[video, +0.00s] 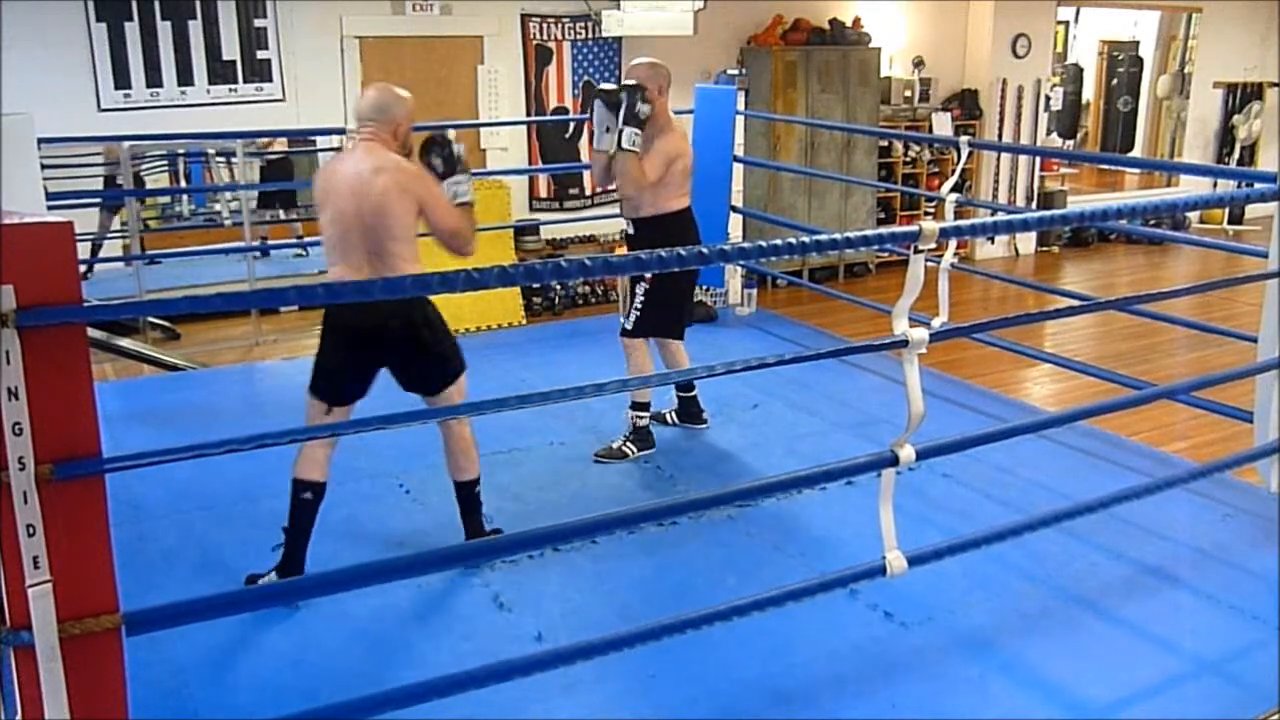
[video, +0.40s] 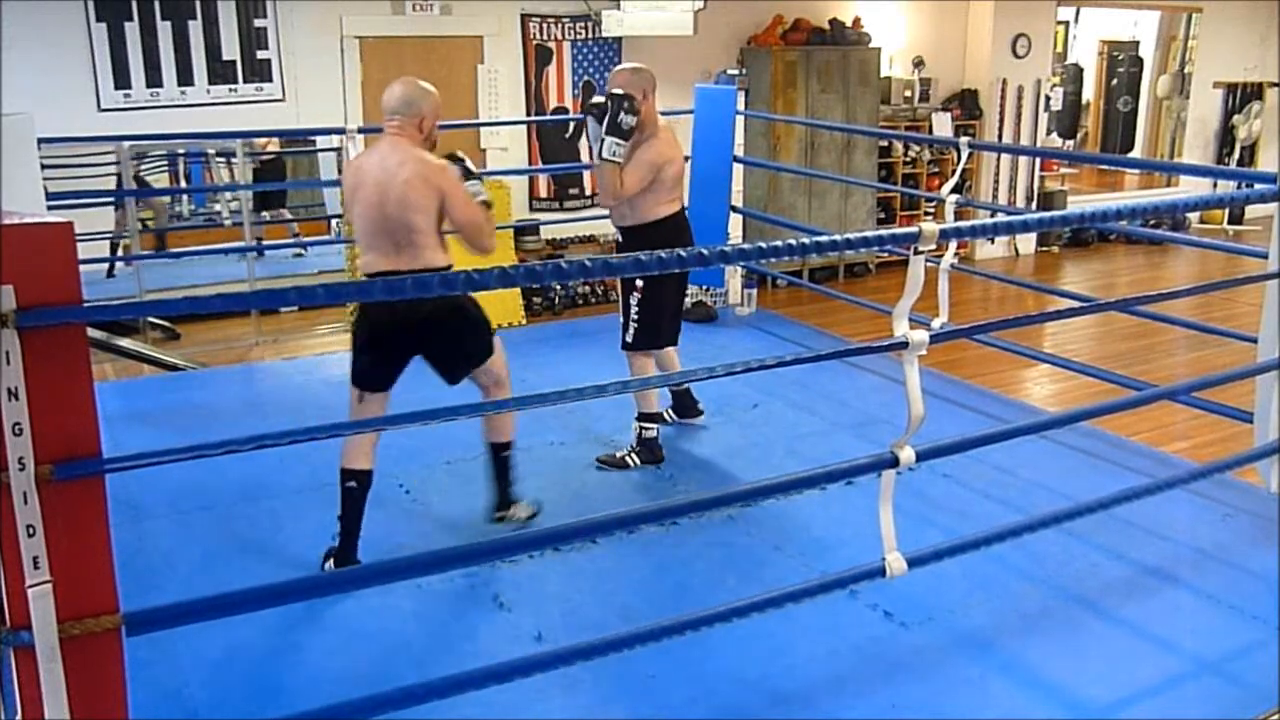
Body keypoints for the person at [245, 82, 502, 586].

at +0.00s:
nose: (411, 133)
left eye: (411, 127)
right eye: (410, 127)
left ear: (359, 124)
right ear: (397, 128)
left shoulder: (326, 174)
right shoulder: (407, 174)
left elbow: (368, 220)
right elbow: (462, 241)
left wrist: (418, 176)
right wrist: (455, 181)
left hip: (345, 318)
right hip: (406, 314)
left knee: (320, 432)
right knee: (453, 418)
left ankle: (292, 560)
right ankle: (476, 529)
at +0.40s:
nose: (439, 128)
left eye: (438, 121)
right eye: (437, 120)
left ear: (386, 120)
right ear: (422, 121)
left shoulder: (353, 169)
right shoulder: (434, 169)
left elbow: (370, 225)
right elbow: (484, 240)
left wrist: (436, 191)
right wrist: (480, 195)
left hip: (377, 307)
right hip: (439, 301)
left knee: (364, 420)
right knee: (495, 382)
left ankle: (346, 548)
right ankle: (504, 503)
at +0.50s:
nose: (455, 125)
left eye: (453, 119)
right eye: (453, 119)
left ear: (402, 119)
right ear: (442, 121)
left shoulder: (371, 171)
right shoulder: (461, 161)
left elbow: (375, 235)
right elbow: (532, 193)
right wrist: (536, 175)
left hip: (399, 302)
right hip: (462, 295)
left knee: (376, 423)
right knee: (514, 389)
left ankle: (349, 546)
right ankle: (552, 484)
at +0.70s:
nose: (495, 123)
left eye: (488, 117)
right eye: (495, 117)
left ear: (451, 121)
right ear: (492, 119)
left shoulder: (431, 170)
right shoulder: (519, 159)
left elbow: (421, 250)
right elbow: (577, 189)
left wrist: (454, 207)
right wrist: (545, 167)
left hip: (453, 296)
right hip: (514, 291)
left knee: (417, 409)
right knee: (540, 393)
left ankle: (384, 535)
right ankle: (569, 499)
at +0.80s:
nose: (511, 113)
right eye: (512, 107)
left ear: (468, 108)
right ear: (510, 108)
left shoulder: (442, 154)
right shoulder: (534, 153)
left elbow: (433, 230)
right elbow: (570, 215)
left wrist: (467, 196)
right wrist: (528, 194)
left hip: (465, 284)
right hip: (524, 279)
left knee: (442, 403)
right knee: (546, 393)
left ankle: (448, 525)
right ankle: (571, 494)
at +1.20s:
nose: (502, 105)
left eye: (498, 98)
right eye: (542, 97)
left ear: (497, 101)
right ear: (541, 101)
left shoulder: (482, 147)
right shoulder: (569, 144)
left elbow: (466, 221)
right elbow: (588, 209)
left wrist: (498, 190)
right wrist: (550, 185)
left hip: (507, 270)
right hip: (563, 265)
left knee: (479, 389)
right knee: (565, 384)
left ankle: (509, 508)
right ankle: (582, 495)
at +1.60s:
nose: (494, 113)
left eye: (494, 107)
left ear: (498, 110)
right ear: (538, 108)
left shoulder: (485, 157)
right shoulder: (570, 149)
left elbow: (472, 216)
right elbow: (597, 209)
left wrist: (492, 177)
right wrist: (558, 195)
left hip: (526, 271)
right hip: (574, 262)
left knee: (520, 388)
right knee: (562, 341)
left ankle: (544, 507)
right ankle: (572, 426)